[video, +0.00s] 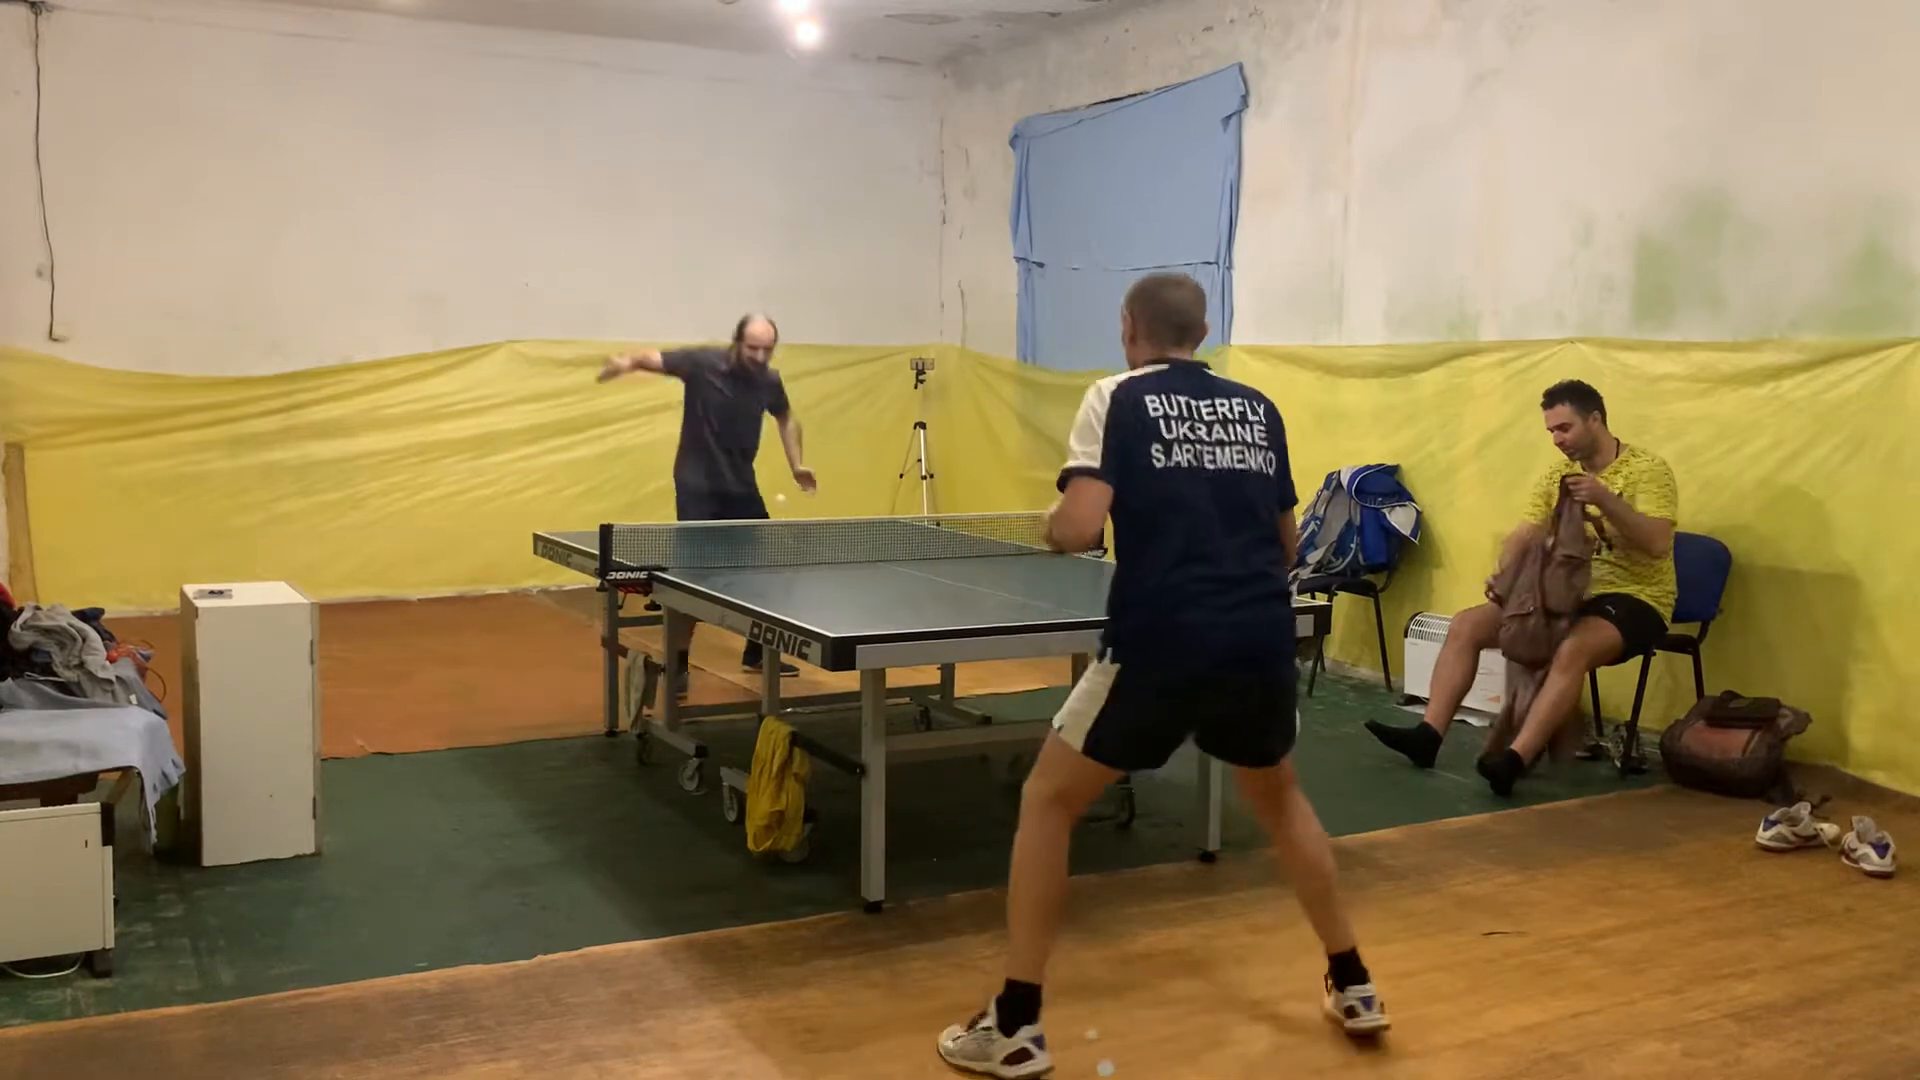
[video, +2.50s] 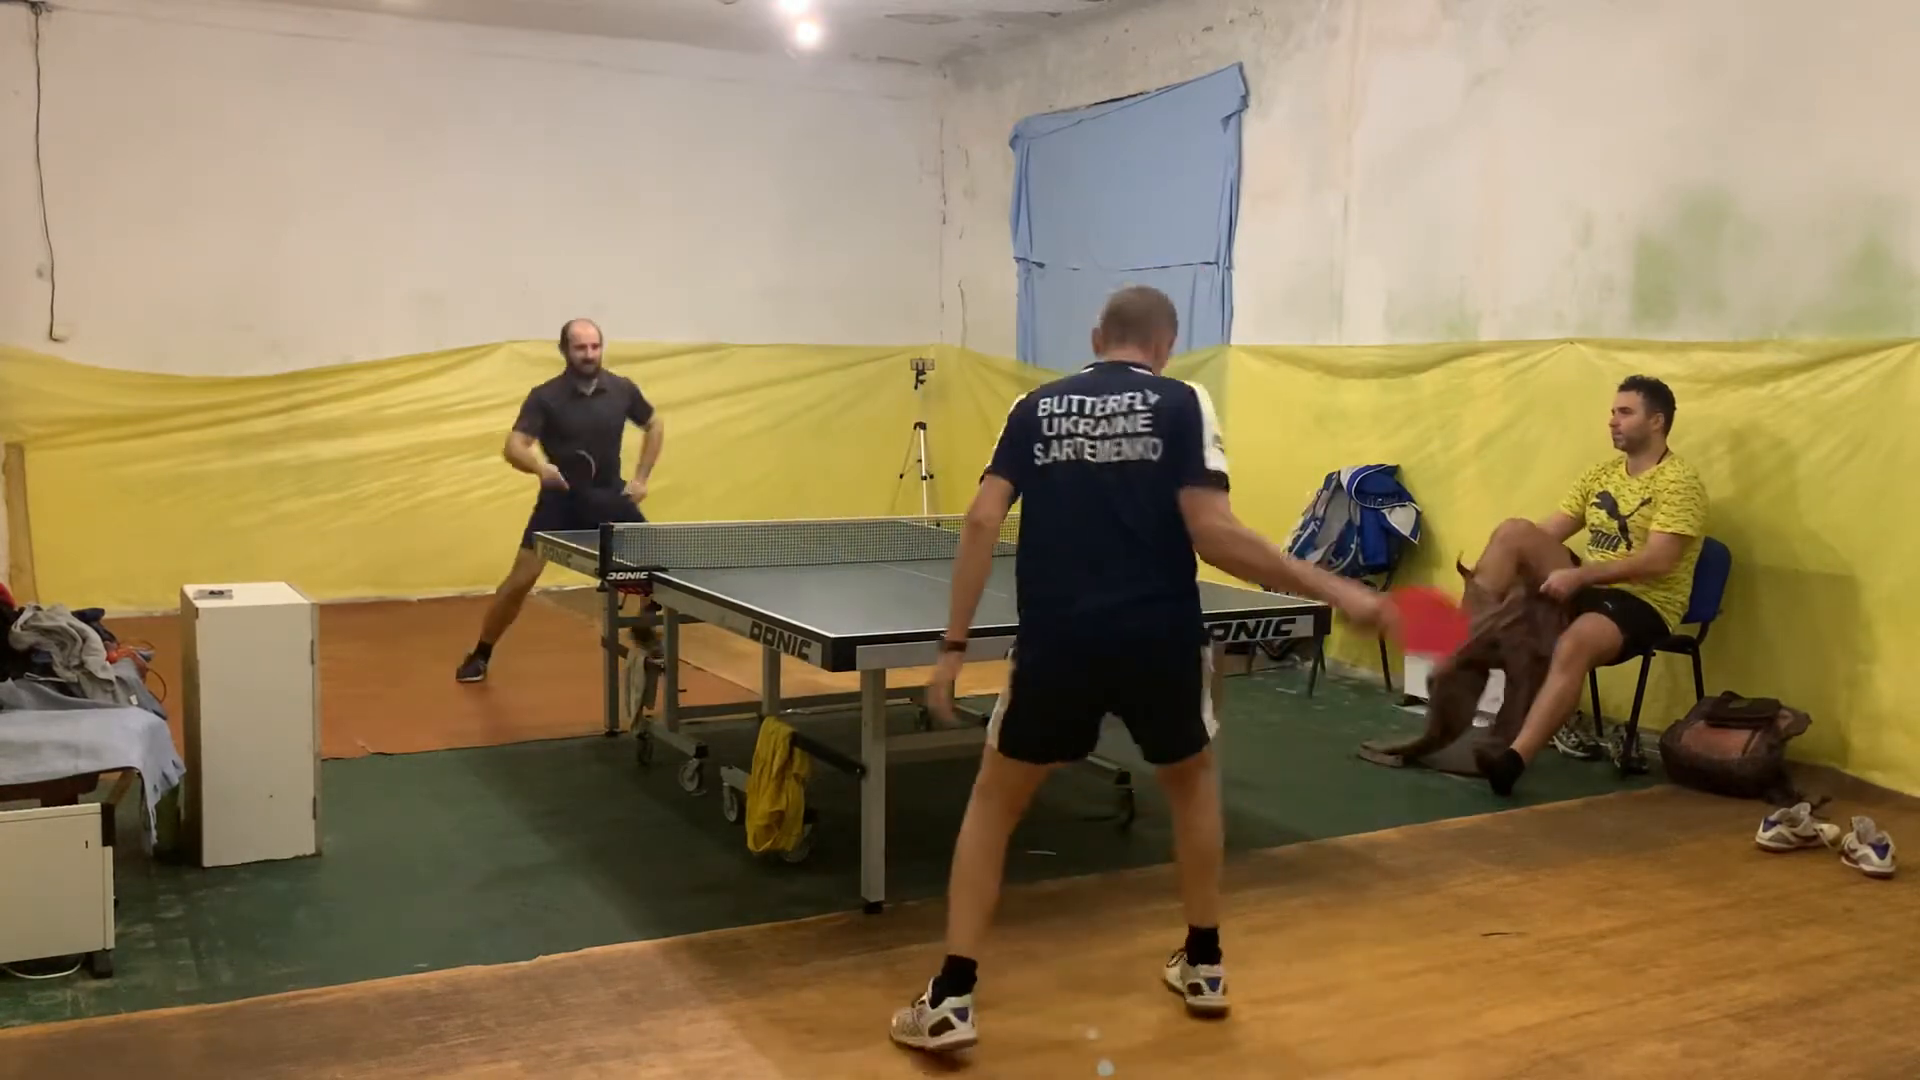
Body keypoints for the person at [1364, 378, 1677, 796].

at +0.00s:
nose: (1556, 440)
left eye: (1563, 429)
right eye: (1551, 432)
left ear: (1595, 419)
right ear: (1551, 431)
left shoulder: (1648, 469)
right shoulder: (1558, 476)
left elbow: (1658, 543)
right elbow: (1527, 534)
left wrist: (1605, 500)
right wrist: (1507, 576)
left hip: (1636, 598)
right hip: (1567, 594)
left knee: (1572, 650)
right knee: (1466, 625)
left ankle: (1515, 760)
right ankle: (1429, 734)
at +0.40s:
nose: (1569, 432)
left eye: (1577, 421)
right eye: (1565, 422)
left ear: (1611, 418)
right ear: (1565, 422)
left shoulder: (1657, 472)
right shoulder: (1564, 471)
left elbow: (1681, 536)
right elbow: (1509, 507)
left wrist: (1626, 524)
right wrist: (1482, 526)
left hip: (1638, 603)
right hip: (1570, 596)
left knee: (1572, 653)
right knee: (1466, 625)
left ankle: (1514, 759)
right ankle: (1429, 735)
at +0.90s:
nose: (1605, 419)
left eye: (1617, 410)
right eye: (1605, 410)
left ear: (1651, 419)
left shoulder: (1672, 481)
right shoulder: (1592, 462)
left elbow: (1643, 537)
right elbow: (1522, 479)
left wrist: (1567, 531)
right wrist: (1468, 480)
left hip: (1638, 601)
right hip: (1578, 587)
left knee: (1572, 646)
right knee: (1495, 578)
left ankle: (1513, 761)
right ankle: (1476, 701)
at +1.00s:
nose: (1606, 419)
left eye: (1618, 411)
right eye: (1606, 410)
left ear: (1652, 420)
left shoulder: (1672, 481)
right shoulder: (1592, 464)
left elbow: (1640, 541)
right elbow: (1520, 487)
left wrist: (1555, 547)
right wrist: (1460, 494)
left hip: (1639, 603)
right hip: (1580, 591)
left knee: (1572, 645)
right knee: (1513, 543)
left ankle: (1512, 762)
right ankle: (1504, 654)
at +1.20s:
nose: (1606, 421)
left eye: (1617, 413)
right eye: (1605, 412)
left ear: (1651, 423)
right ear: (1605, 415)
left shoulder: (1671, 485)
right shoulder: (1597, 470)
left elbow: (1631, 561)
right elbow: (1529, 511)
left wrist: (1562, 589)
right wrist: (1469, 553)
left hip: (1644, 600)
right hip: (1593, 585)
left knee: (1573, 646)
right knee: (1523, 521)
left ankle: (1514, 760)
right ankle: (1520, 625)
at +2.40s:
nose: (1611, 420)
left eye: (1623, 412)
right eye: (1611, 412)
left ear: (1656, 422)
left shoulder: (1678, 482)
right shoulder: (1603, 473)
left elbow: (1656, 561)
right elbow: (1555, 529)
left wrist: (1581, 587)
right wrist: (1497, 574)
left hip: (1647, 601)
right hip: (1591, 584)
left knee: (1575, 645)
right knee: (1514, 528)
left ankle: (1515, 759)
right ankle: (1474, 661)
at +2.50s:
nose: (1613, 421)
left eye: (1625, 413)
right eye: (1613, 412)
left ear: (1658, 422)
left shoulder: (1680, 483)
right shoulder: (1604, 474)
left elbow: (1660, 560)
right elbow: (1551, 530)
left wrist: (1581, 575)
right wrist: (1493, 567)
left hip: (1648, 601)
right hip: (1592, 585)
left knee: (1575, 643)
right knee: (1513, 533)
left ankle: (1515, 759)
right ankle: (1464, 657)